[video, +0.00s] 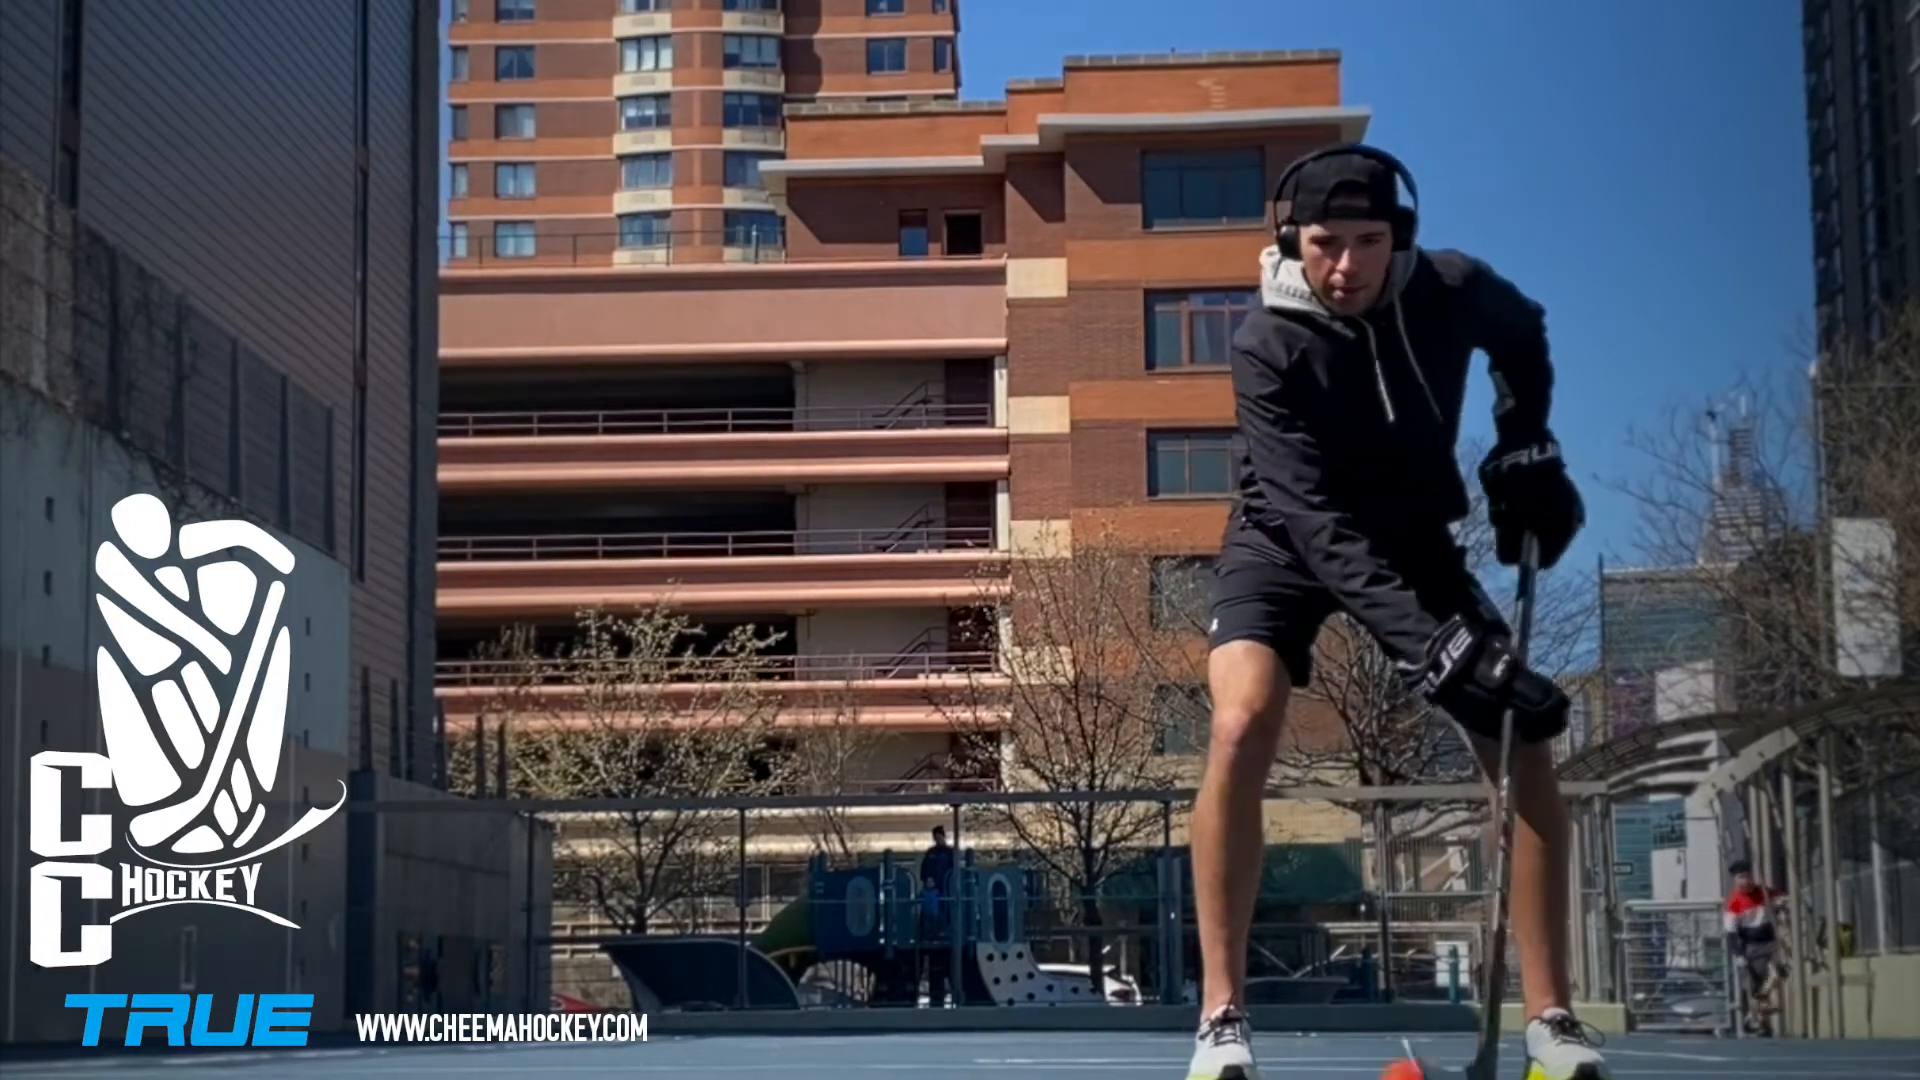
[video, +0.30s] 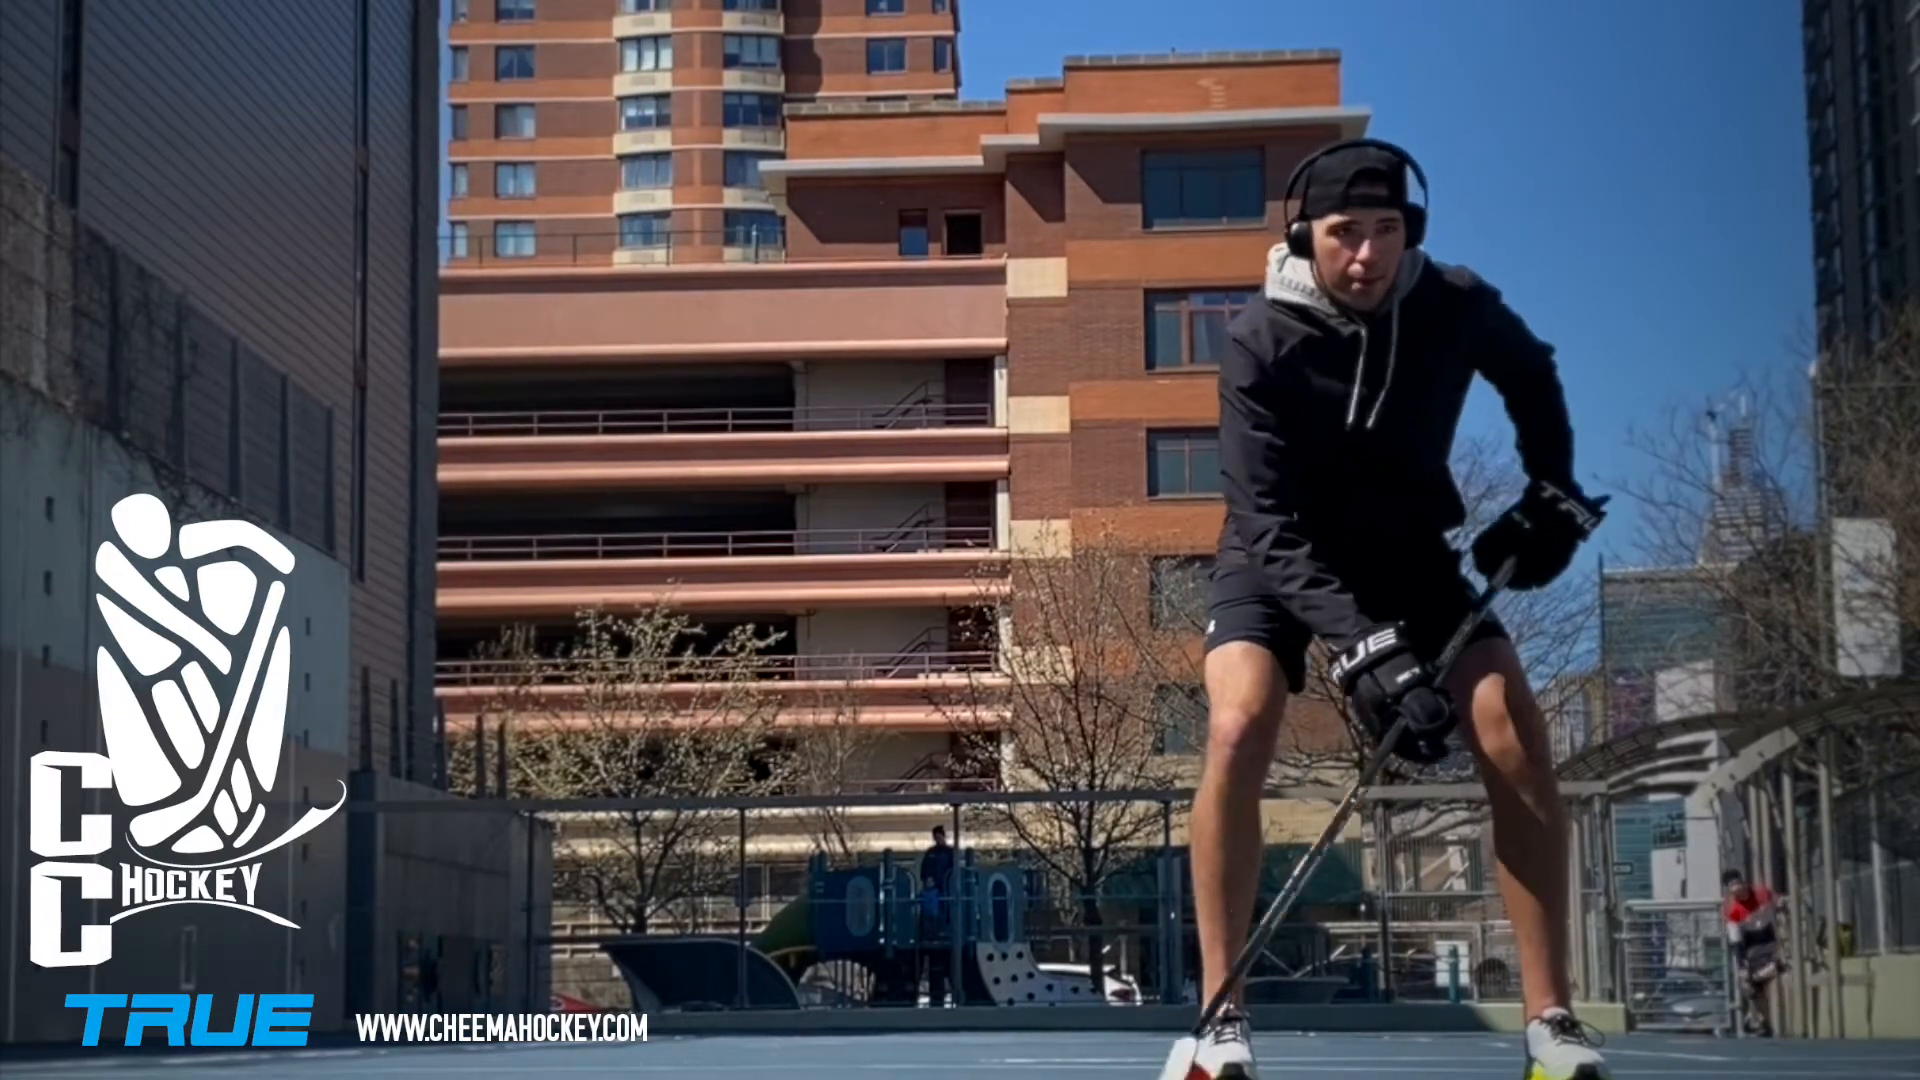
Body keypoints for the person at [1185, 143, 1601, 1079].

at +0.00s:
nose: (1343, 266)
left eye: (1365, 244)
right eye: (1324, 245)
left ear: (1399, 239)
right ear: (1293, 243)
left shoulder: (1449, 288)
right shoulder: (1268, 343)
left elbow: (1521, 333)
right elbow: (1315, 524)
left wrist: (1523, 446)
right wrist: (1440, 647)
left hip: (1414, 536)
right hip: (1285, 539)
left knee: (1523, 738)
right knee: (1242, 725)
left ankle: (1549, 1016)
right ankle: (1221, 1014)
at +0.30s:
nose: (1366, 256)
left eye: (1386, 234)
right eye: (1345, 233)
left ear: (1412, 236)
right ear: (1304, 235)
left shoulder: (1457, 306)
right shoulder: (1262, 338)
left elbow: (1530, 375)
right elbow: (1265, 524)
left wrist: (1552, 492)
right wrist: (1359, 647)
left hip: (1410, 549)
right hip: (1279, 548)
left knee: (1515, 728)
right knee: (1239, 728)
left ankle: (1551, 1018)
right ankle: (1220, 1017)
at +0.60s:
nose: (1373, 254)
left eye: (1392, 233)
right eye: (1351, 232)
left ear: (1415, 237)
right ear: (1307, 238)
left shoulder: (1456, 302)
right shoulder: (1267, 351)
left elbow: (1526, 366)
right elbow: (1288, 540)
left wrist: (1552, 484)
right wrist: (1397, 648)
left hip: (1409, 547)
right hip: (1279, 546)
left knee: (1524, 734)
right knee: (1242, 729)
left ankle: (1551, 1017)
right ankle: (1221, 1014)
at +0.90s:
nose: (1453, 248)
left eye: (1462, 226)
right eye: (1430, 229)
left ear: (1473, 227)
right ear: (1376, 235)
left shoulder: (1491, 298)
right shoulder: (1314, 345)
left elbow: (1540, 348)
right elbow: (1349, 540)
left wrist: (1550, 467)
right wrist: (1499, 661)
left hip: (1431, 545)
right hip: (1305, 541)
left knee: (1539, 750)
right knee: (1260, 732)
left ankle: (1554, 1020)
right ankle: (1223, 1014)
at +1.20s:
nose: (1541, 245)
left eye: (1544, 226)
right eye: (1522, 229)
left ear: (1531, 225)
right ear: (1465, 231)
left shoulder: (1547, 307)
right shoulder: (1369, 329)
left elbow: (1593, 397)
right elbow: (1352, 516)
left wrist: (1623, 492)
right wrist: (1434, 657)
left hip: (1456, 542)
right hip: (1335, 535)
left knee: (1566, 736)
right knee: (1294, 737)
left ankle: (1557, 1021)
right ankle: (1229, 1013)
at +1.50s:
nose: (1543, 255)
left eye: (1546, 234)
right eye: (1525, 238)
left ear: (1534, 230)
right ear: (1462, 240)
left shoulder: (1537, 301)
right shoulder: (1372, 338)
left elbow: (1561, 391)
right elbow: (1404, 538)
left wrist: (1582, 478)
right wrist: (1544, 667)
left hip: (1455, 537)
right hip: (1335, 532)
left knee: (1557, 739)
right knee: (1298, 736)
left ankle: (1556, 1020)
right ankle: (1228, 1013)